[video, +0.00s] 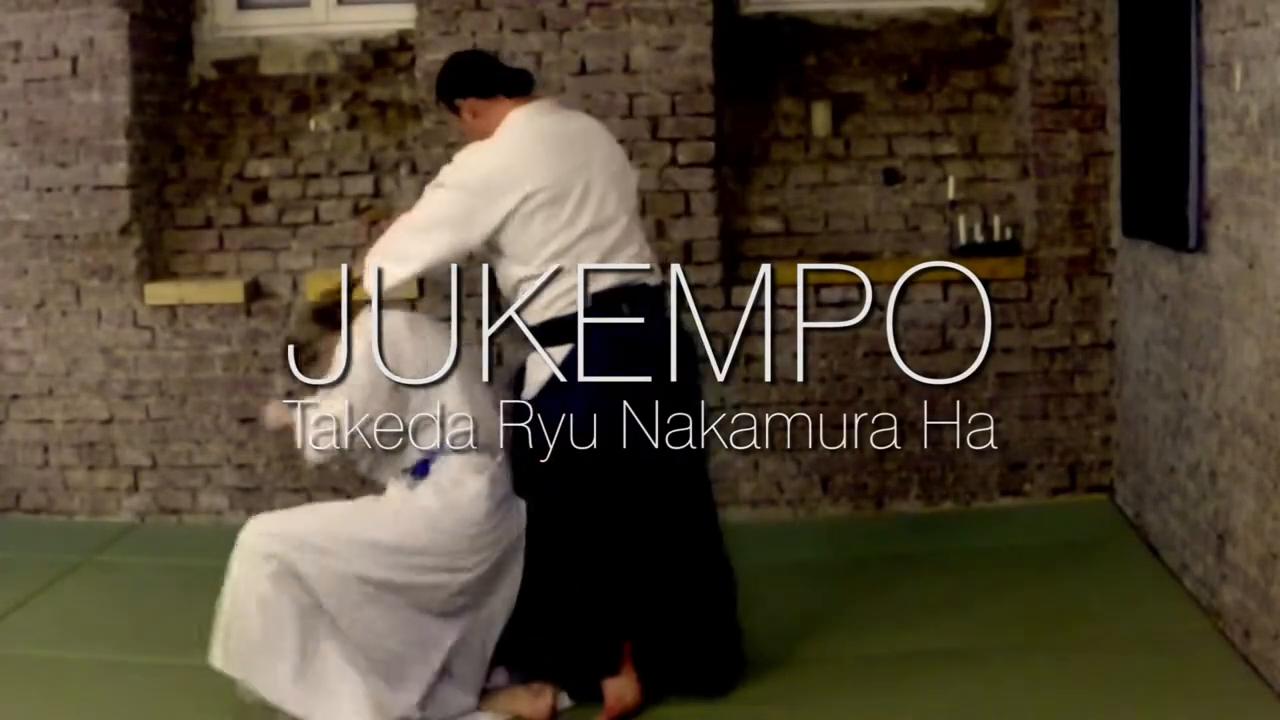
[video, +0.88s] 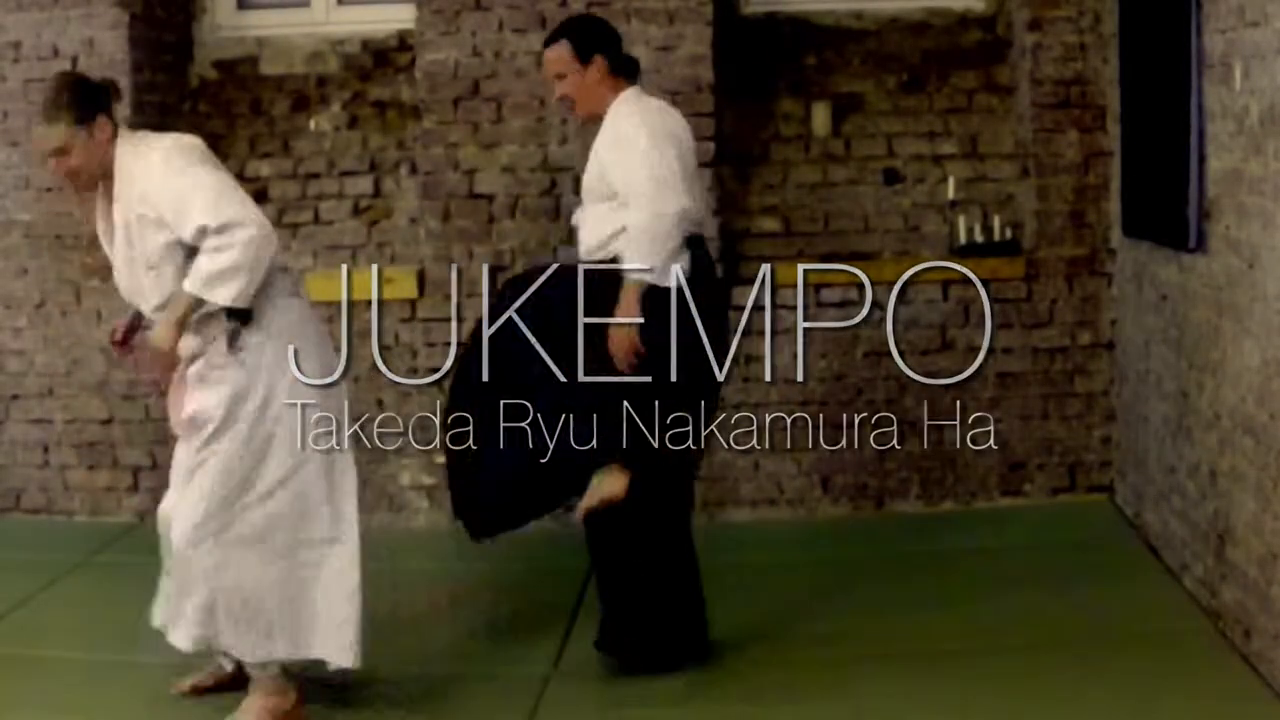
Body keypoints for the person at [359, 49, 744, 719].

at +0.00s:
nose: (461, 134)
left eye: (456, 120)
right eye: (456, 122)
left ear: (470, 106)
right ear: (518, 88)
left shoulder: (491, 160)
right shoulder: (592, 130)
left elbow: (411, 245)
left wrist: (364, 273)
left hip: (576, 340)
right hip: (654, 328)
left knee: (568, 508)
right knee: (657, 501)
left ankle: (611, 667)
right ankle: (684, 654)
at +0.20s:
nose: (480, 116)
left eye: (478, 103)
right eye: (478, 105)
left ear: (498, 89)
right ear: (546, 81)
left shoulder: (491, 151)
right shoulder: (622, 137)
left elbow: (424, 279)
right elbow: (633, 219)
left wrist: (423, 298)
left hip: (559, 349)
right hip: (647, 342)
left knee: (529, 509)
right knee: (630, 507)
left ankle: (532, 680)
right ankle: (629, 663)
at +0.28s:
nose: (500, 100)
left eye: (502, 87)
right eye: (502, 88)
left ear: (522, 82)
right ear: (570, 79)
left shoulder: (507, 147)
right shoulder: (640, 139)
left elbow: (454, 262)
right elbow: (673, 250)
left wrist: (442, 333)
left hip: (560, 336)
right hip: (649, 333)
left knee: (532, 503)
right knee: (630, 500)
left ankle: (529, 678)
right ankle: (627, 664)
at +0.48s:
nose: (541, 102)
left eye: (542, 90)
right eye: (539, 91)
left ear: (564, 80)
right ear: (610, 76)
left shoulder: (564, 138)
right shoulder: (688, 143)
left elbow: (551, 256)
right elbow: (714, 262)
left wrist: (525, 350)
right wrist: (688, 327)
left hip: (582, 341)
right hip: (667, 341)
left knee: (502, 472)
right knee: (646, 496)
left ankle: (522, 572)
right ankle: (627, 649)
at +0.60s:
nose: (553, 107)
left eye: (553, 92)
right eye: (548, 95)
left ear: (583, 75)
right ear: (618, 74)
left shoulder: (584, 132)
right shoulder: (695, 143)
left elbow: (572, 232)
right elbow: (717, 264)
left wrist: (563, 323)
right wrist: (691, 317)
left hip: (604, 315)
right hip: (678, 322)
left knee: (501, 435)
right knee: (652, 490)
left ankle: (523, 586)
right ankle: (664, 662)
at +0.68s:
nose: (556, 106)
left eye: (557, 89)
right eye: (551, 93)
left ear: (590, 73)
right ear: (614, 74)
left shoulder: (593, 136)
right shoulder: (690, 139)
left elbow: (587, 240)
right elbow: (709, 246)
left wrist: (572, 329)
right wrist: (706, 316)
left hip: (622, 308)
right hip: (687, 314)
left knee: (624, 488)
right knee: (667, 481)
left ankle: (638, 653)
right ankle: (678, 642)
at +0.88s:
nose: (555, 92)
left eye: (561, 75)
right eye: (550, 79)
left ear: (598, 65)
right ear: (595, 71)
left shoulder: (640, 121)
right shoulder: (630, 123)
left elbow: (658, 214)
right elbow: (642, 220)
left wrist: (628, 308)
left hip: (654, 313)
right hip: (648, 312)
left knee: (639, 478)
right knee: (643, 477)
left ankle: (651, 639)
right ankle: (656, 634)